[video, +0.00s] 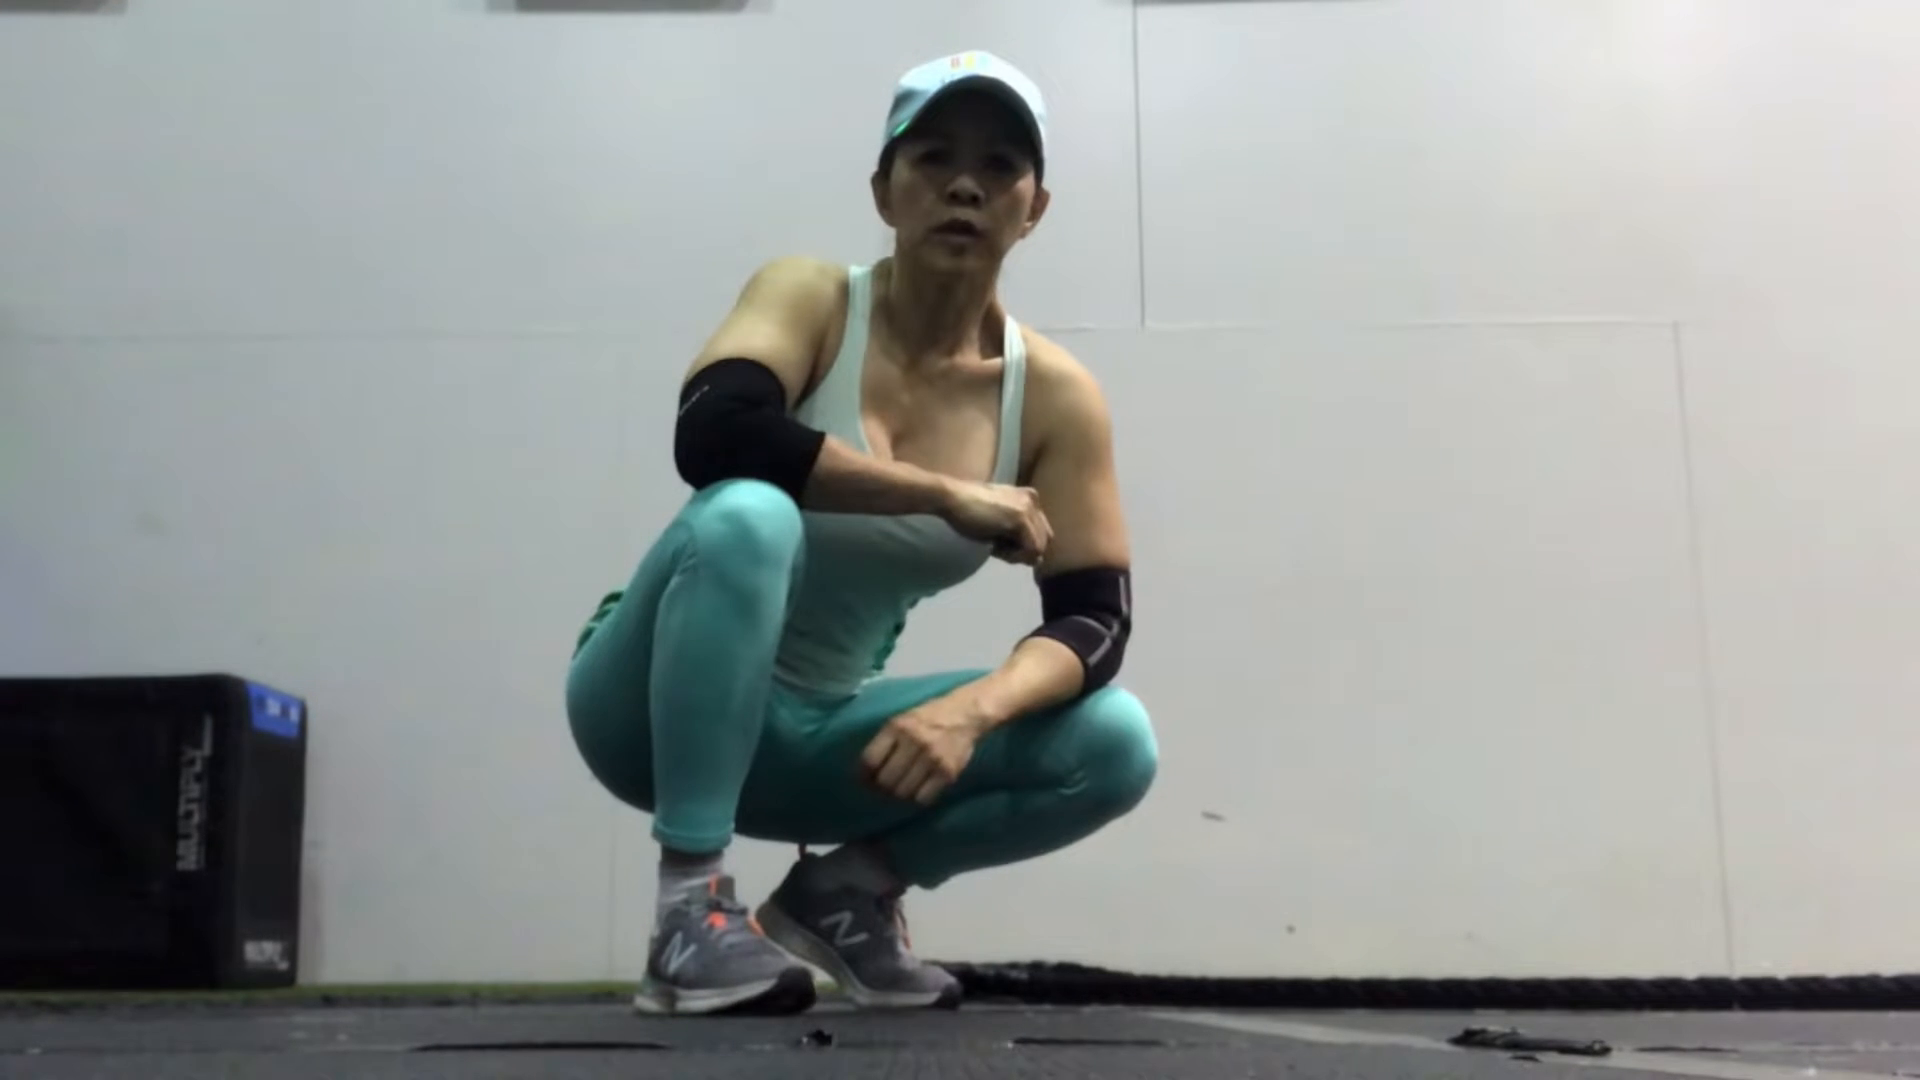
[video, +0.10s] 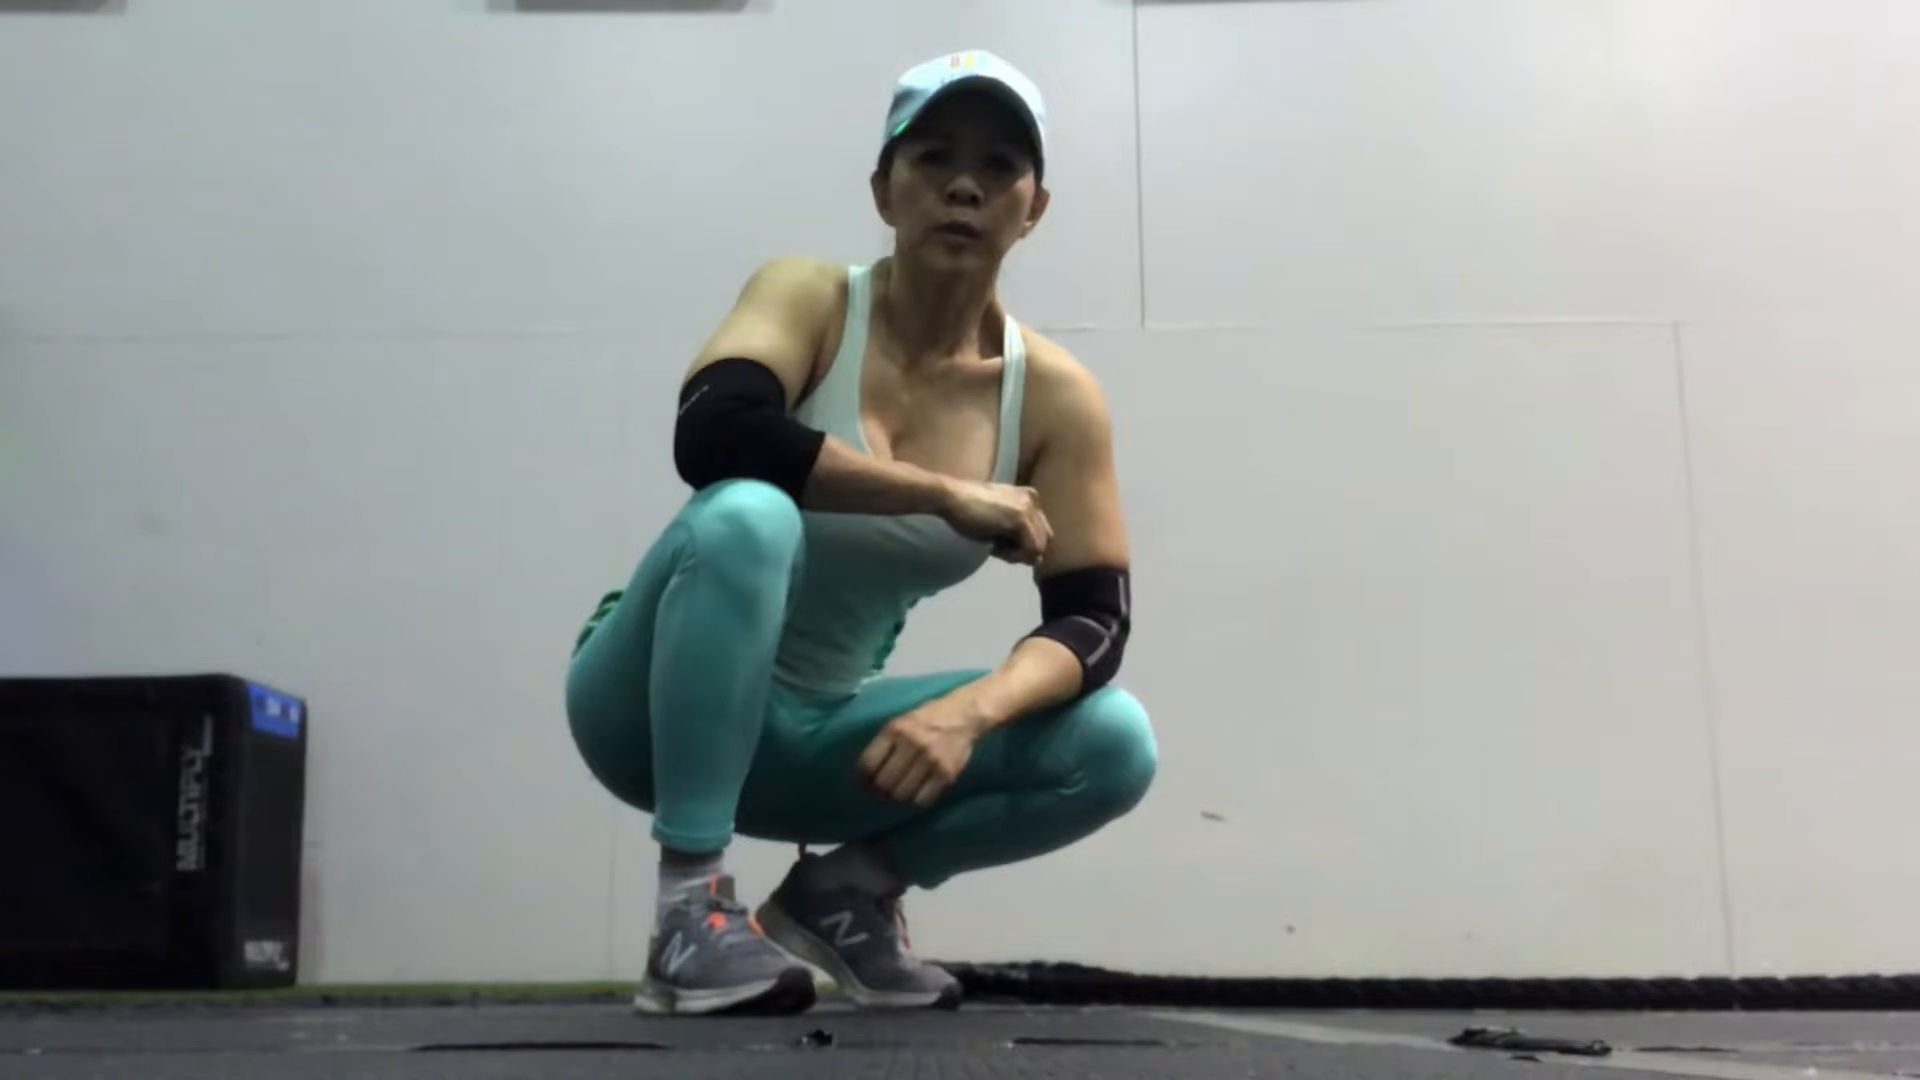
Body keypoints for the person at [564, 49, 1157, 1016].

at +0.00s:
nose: (964, 185)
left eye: (997, 164)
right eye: (935, 156)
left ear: (1035, 204)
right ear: (884, 189)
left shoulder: (1055, 397)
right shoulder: (805, 296)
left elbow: (1093, 620)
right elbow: (715, 435)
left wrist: (972, 709)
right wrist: (945, 495)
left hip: (822, 738)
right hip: (660, 704)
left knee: (1112, 744)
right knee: (749, 517)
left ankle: (840, 890)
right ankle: (692, 910)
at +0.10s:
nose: (964, 184)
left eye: (997, 164)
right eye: (936, 156)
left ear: (1034, 204)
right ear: (884, 187)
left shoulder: (1055, 397)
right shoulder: (804, 296)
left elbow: (1092, 621)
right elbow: (715, 435)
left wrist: (970, 710)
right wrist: (945, 495)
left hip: (821, 738)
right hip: (660, 703)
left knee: (1111, 745)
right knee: (749, 517)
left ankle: (840, 890)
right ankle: (692, 910)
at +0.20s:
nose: (961, 185)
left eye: (994, 164)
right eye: (933, 157)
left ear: (1033, 203)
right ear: (883, 189)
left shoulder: (1055, 398)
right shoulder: (805, 296)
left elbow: (1091, 621)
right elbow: (715, 435)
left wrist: (968, 710)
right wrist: (944, 495)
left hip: (822, 738)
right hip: (661, 704)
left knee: (1110, 745)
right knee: (748, 518)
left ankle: (840, 890)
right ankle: (692, 912)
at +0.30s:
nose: (959, 188)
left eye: (992, 165)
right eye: (931, 159)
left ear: (1033, 202)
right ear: (883, 189)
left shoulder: (1055, 398)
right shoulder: (805, 296)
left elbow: (1091, 622)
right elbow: (715, 435)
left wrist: (966, 710)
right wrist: (944, 496)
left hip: (822, 739)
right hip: (660, 705)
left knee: (1110, 745)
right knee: (748, 517)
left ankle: (840, 891)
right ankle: (691, 911)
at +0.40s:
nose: (960, 187)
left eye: (993, 165)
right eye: (931, 159)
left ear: (1034, 201)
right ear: (883, 188)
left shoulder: (1055, 398)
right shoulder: (804, 297)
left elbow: (1091, 622)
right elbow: (715, 435)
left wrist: (968, 709)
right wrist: (944, 498)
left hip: (821, 740)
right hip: (659, 705)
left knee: (1110, 745)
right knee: (747, 517)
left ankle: (840, 890)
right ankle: (691, 911)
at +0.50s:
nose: (960, 187)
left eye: (992, 165)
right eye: (931, 159)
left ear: (1033, 202)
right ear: (883, 189)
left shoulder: (1054, 398)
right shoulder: (804, 297)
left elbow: (1090, 621)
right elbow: (714, 434)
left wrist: (968, 710)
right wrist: (943, 498)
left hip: (821, 740)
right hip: (658, 705)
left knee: (1110, 745)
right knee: (747, 517)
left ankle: (840, 891)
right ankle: (691, 910)